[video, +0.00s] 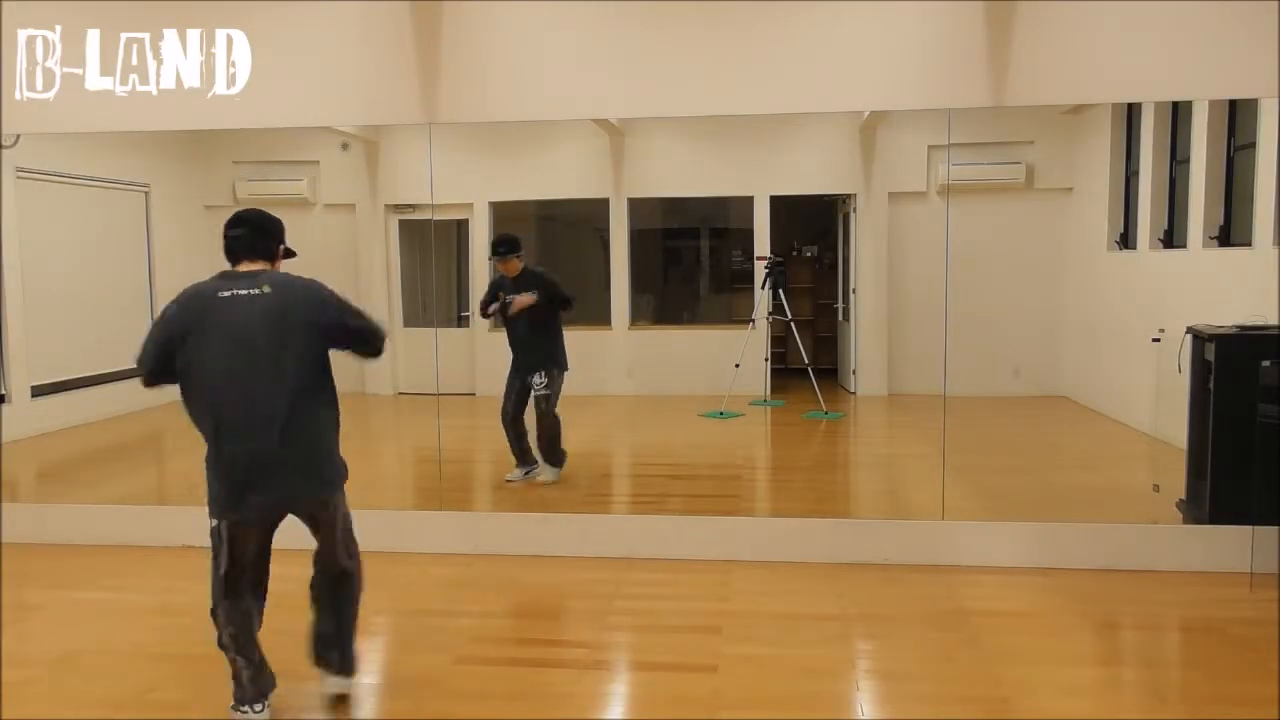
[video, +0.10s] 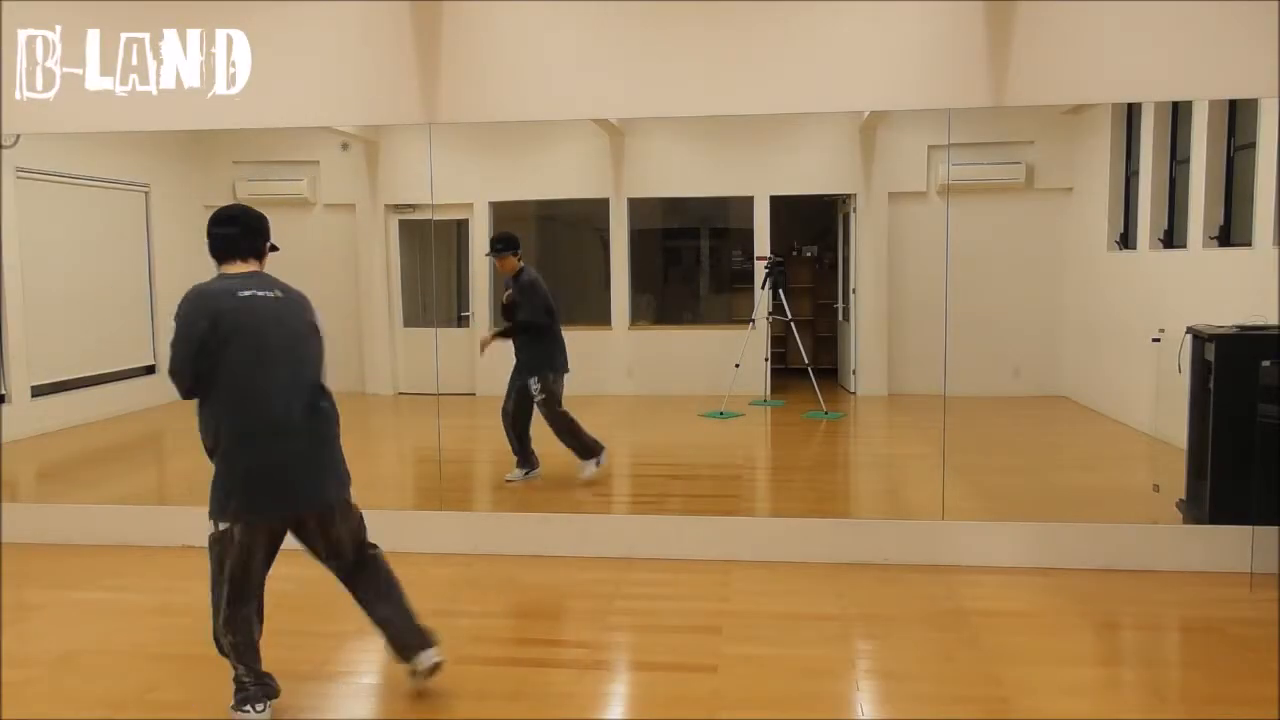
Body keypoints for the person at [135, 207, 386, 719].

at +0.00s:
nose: (283, 260)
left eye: (280, 255)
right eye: (283, 255)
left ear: (227, 255)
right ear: (278, 256)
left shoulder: (191, 303)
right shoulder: (303, 295)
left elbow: (151, 370)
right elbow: (371, 340)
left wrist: (205, 354)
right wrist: (317, 324)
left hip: (237, 471)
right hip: (311, 465)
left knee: (236, 582)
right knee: (338, 549)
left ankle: (251, 694)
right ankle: (336, 657)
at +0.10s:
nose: (264, 256)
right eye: (267, 248)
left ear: (214, 252)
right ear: (265, 251)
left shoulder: (201, 302)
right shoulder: (296, 301)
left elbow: (185, 382)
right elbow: (305, 375)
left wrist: (233, 350)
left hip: (248, 473)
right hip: (316, 467)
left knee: (237, 587)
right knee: (357, 556)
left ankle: (252, 693)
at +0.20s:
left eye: (212, 250)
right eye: (263, 244)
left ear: (209, 253)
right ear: (263, 250)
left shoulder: (216, 307)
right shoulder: (282, 302)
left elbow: (184, 378)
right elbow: (247, 396)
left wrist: (225, 337)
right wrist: (210, 462)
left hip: (261, 473)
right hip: (322, 464)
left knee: (229, 594)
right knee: (368, 561)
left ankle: (253, 695)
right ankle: (445, 648)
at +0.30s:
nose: (262, 251)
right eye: (263, 243)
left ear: (208, 250)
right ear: (260, 248)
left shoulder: (199, 307)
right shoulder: (289, 300)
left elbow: (155, 363)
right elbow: (293, 376)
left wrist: (186, 328)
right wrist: (225, 408)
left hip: (253, 473)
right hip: (319, 465)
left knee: (235, 589)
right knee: (362, 557)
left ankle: (254, 694)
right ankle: (437, 652)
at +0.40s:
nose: (271, 239)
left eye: (267, 232)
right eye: (269, 233)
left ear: (211, 241)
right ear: (263, 239)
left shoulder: (187, 299)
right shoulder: (293, 291)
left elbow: (178, 366)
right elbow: (313, 345)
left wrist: (233, 356)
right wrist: (252, 343)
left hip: (232, 472)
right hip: (304, 463)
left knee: (233, 584)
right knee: (343, 564)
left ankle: (251, 691)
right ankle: (391, 665)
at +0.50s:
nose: (272, 231)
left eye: (267, 224)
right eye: (271, 224)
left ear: (214, 233)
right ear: (267, 231)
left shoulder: (187, 292)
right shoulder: (295, 289)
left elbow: (200, 365)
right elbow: (318, 356)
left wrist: (273, 364)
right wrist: (257, 361)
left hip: (224, 468)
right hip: (292, 467)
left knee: (231, 578)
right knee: (321, 579)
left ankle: (242, 692)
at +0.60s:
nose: (277, 223)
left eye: (274, 215)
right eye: (276, 215)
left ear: (216, 226)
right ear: (268, 222)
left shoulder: (193, 287)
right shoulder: (294, 280)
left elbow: (228, 345)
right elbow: (346, 342)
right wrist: (317, 379)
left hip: (222, 463)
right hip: (289, 461)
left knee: (235, 583)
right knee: (290, 582)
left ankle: (218, 683)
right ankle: (240, 696)